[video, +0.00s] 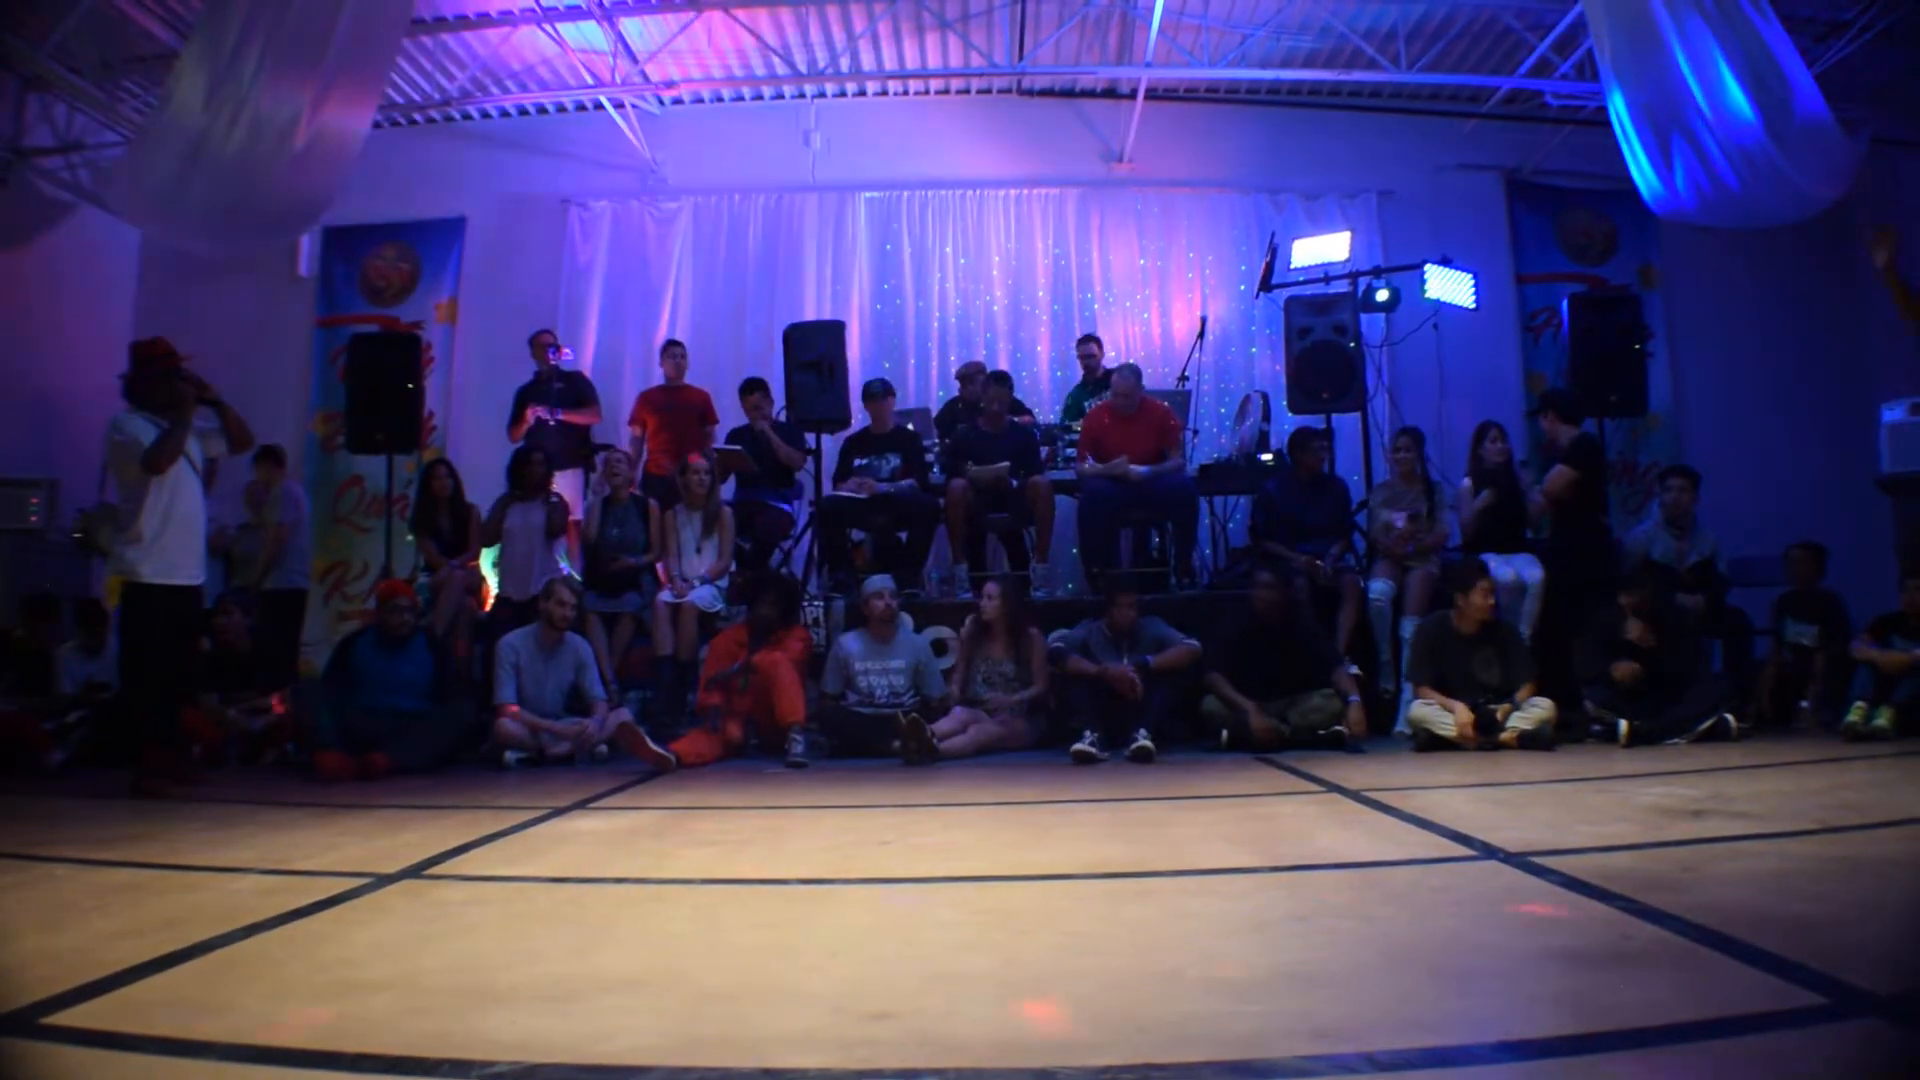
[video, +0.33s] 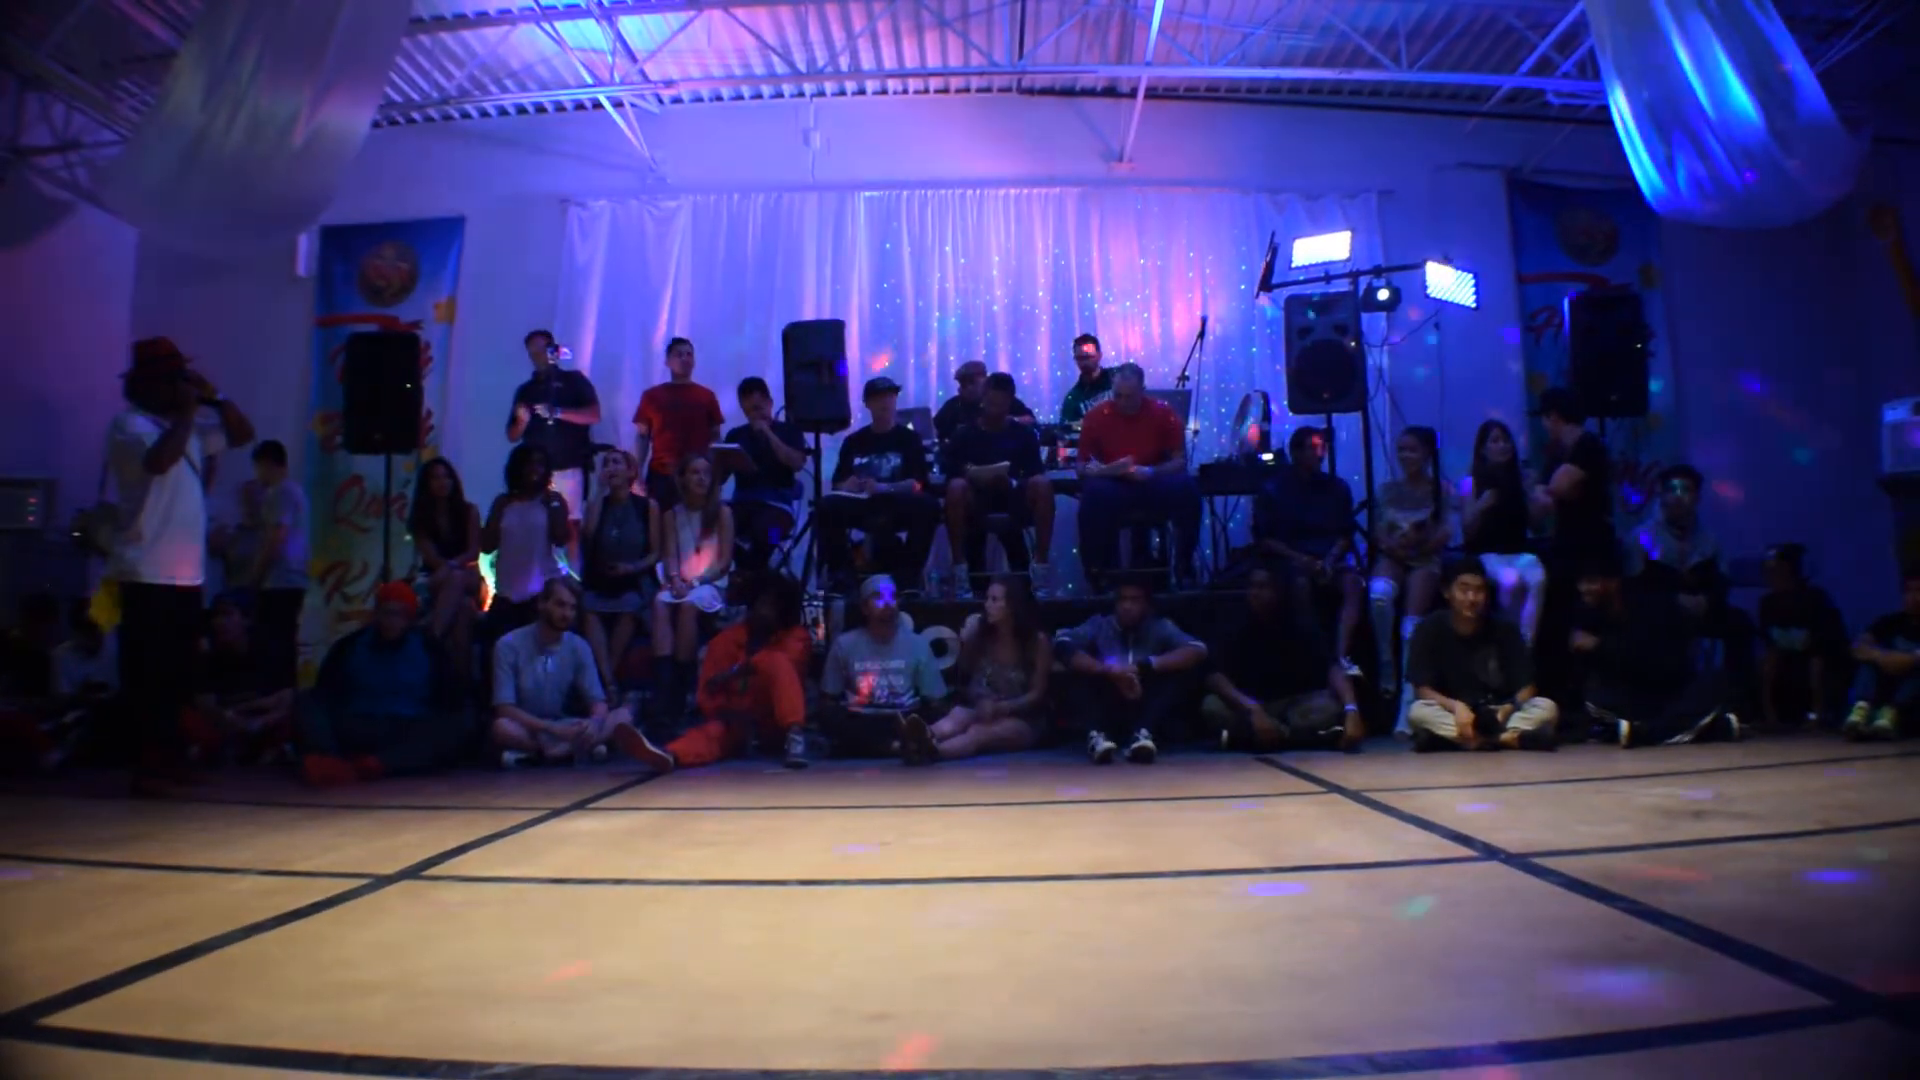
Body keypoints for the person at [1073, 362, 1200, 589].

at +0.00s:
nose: (1121, 402)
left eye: (1127, 396)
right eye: (1116, 395)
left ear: (1140, 392)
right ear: (1109, 391)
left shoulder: (1161, 413)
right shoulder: (1096, 417)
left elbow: (1178, 461)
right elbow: (1081, 467)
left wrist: (1145, 471)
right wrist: (1107, 470)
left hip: (1151, 483)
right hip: (1113, 484)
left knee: (1184, 490)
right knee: (1093, 494)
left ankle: (1183, 570)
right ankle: (1097, 575)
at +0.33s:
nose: (1123, 403)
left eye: (1129, 397)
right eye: (1118, 396)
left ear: (1142, 391)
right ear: (1112, 392)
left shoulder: (1163, 414)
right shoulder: (1096, 417)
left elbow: (1179, 462)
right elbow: (1083, 466)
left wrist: (1150, 472)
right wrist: (1110, 470)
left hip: (1153, 485)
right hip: (1114, 485)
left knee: (1187, 490)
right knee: (1095, 495)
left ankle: (1184, 569)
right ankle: (1099, 575)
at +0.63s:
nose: (1125, 401)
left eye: (1131, 395)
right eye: (1121, 394)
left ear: (1145, 391)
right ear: (1115, 390)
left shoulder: (1167, 413)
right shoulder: (1099, 415)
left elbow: (1182, 460)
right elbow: (1085, 464)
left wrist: (1151, 471)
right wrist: (1113, 468)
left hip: (1156, 483)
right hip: (1117, 485)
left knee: (1189, 488)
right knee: (1096, 493)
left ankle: (1185, 569)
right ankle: (1099, 577)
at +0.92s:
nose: (1125, 403)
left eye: (1131, 397)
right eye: (1121, 397)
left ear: (1144, 391)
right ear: (1114, 391)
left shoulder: (1167, 414)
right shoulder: (1098, 416)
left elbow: (1180, 462)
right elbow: (1085, 466)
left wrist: (1151, 472)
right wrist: (1112, 470)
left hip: (1154, 483)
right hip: (1116, 484)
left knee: (1189, 490)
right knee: (1095, 494)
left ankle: (1185, 567)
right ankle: (1097, 573)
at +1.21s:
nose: (1124, 404)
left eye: (1130, 399)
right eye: (1119, 398)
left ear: (1143, 392)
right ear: (1113, 393)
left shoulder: (1166, 414)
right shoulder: (1099, 416)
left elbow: (1180, 462)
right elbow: (1084, 465)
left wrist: (1151, 473)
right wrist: (1110, 470)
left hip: (1154, 484)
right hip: (1116, 484)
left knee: (1190, 491)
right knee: (1095, 496)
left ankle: (1184, 568)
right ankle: (1097, 574)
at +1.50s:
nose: (1123, 405)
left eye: (1129, 399)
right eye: (1118, 398)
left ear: (1142, 392)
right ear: (1112, 393)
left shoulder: (1165, 415)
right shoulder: (1098, 416)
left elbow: (1180, 462)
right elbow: (1084, 464)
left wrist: (1150, 473)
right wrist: (1109, 470)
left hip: (1154, 483)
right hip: (1115, 483)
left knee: (1189, 490)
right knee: (1095, 496)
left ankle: (1184, 567)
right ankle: (1097, 575)